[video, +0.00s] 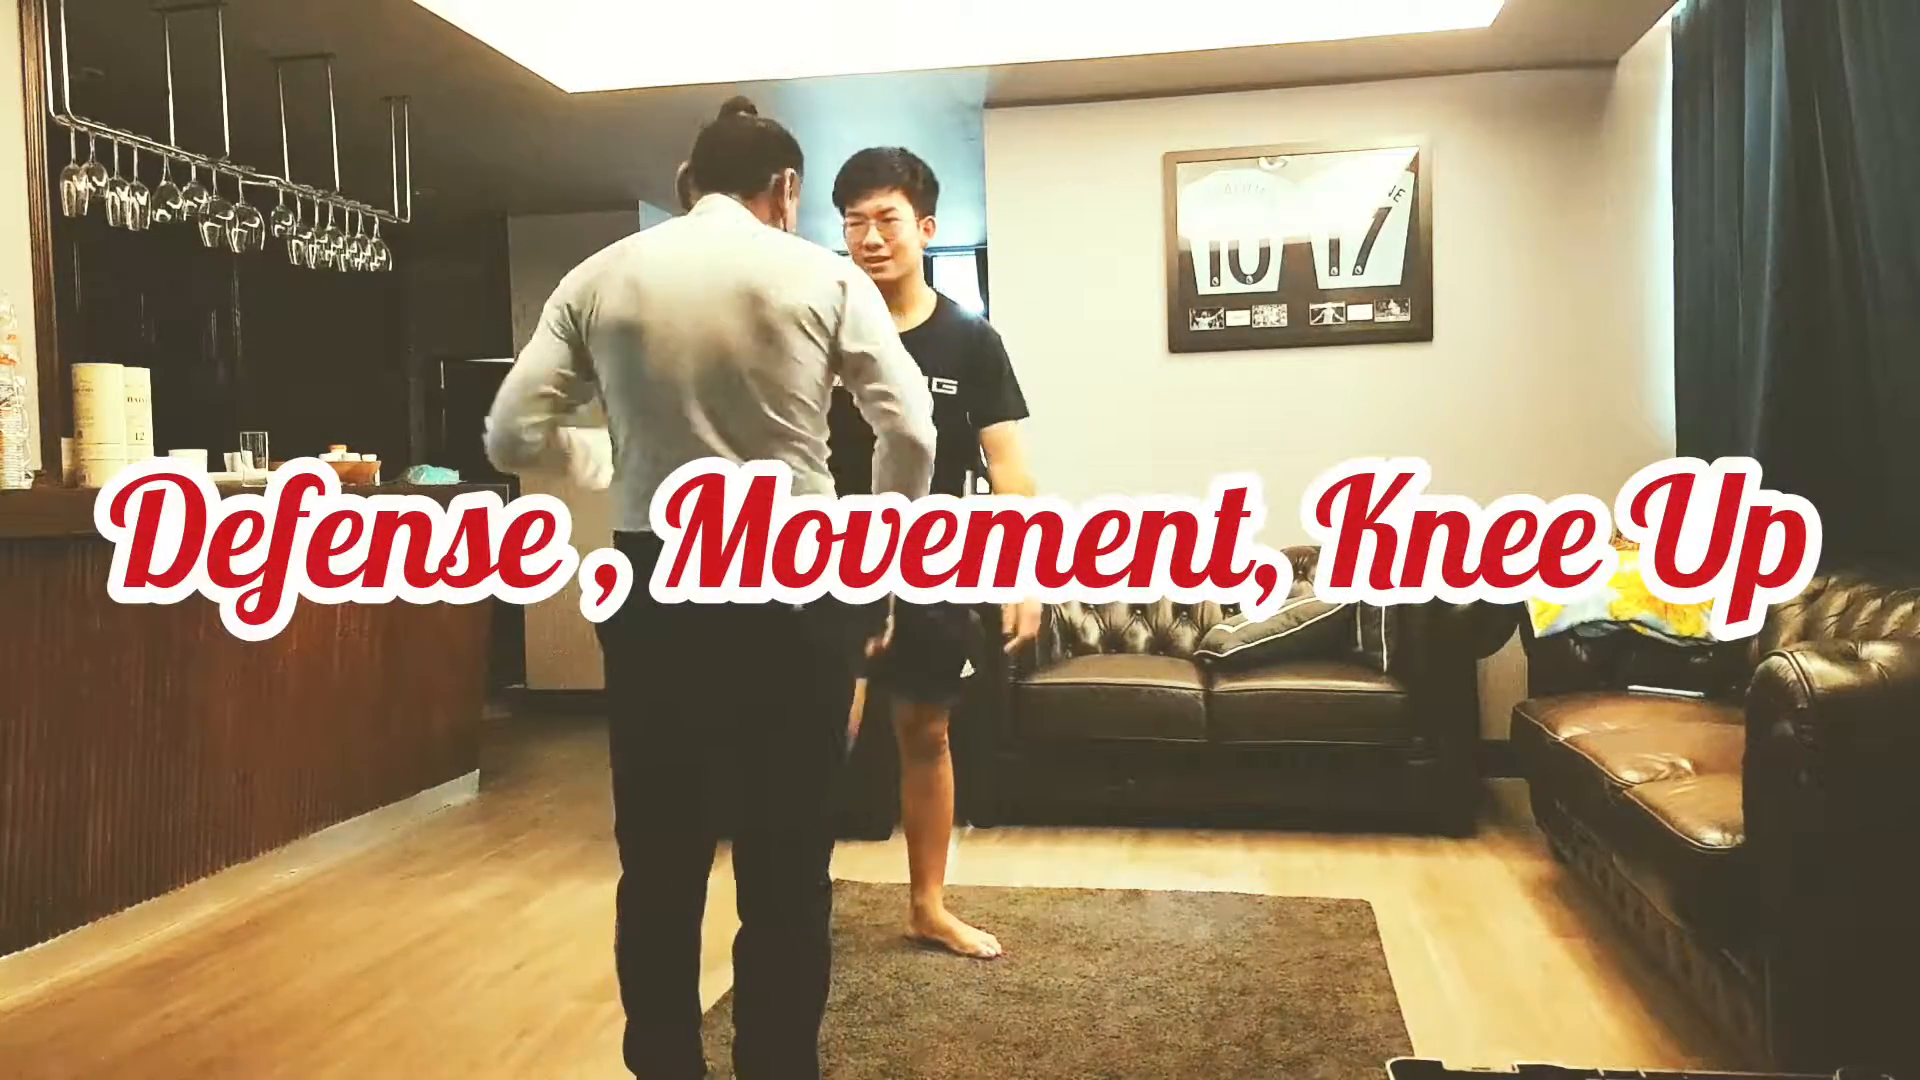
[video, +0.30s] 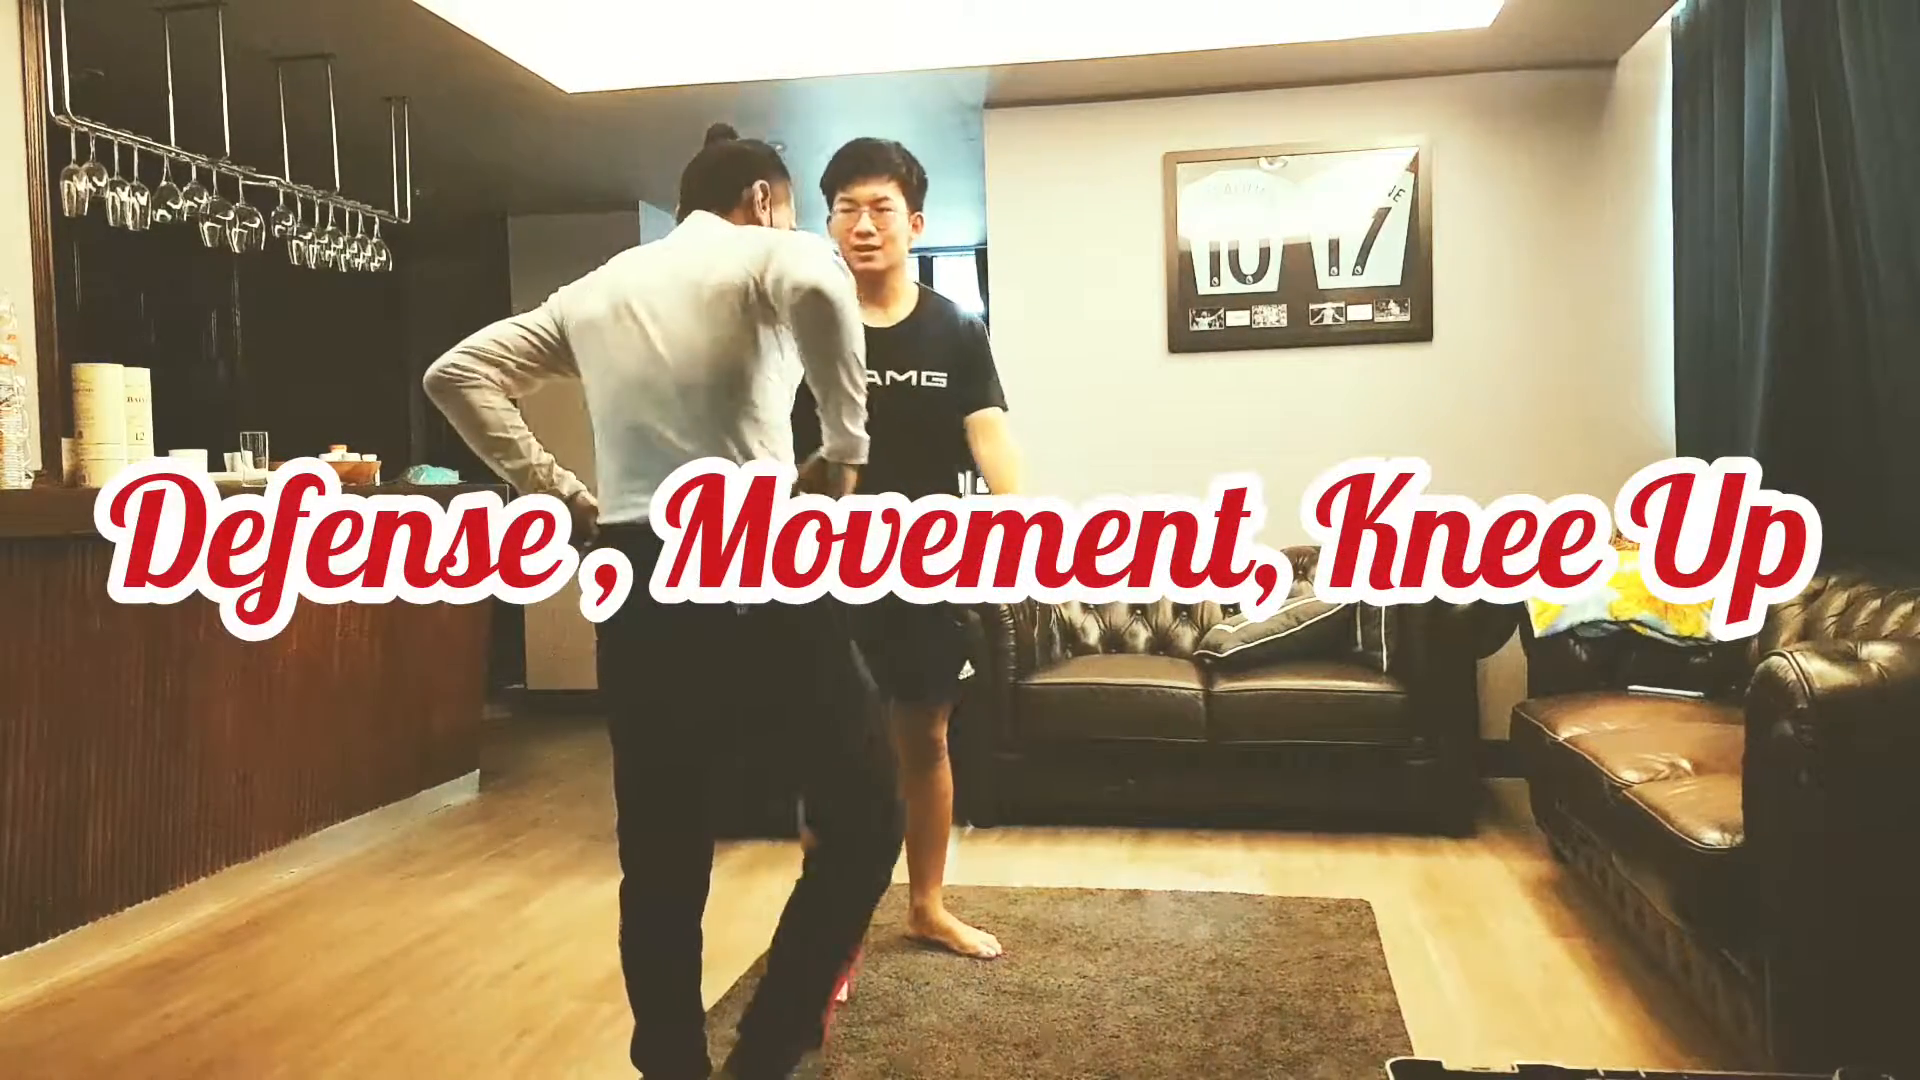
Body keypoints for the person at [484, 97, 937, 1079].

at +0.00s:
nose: (806, 213)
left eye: (802, 201)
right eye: (804, 199)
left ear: (684, 191)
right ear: (781, 190)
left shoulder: (598, 278)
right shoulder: (823, 276)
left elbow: (514, 432)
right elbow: (910, 425)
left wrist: (622, 456)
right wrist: (885, 570)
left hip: (653, 609)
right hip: (796, 609)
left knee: (657, 864)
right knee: (786, 873)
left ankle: (664, 1065)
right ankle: (778, 1064)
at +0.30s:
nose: (796, 222)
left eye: (791, 208)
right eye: (793, 209)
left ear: (687, 205)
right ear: (766, 201)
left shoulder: (602, 285)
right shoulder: (785, 248)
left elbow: (459, 372)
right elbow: (819, 293)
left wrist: (565, 492)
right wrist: (843, 453)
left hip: (634, 583)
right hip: (762, 586)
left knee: (660, 861)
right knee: (863, 824)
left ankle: (671, 1064)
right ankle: (761, 1060)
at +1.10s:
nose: (799, 158)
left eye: (798, 142)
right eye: (795, 142)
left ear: (680, 146)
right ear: (766, 143)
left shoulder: (593, 236)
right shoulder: (798, 214)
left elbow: (437, 311)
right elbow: (836, 258)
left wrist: (525, 475)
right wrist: (805, 453)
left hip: (615, 603)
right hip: (759, 609)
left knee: (597, 903)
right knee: (766, 917)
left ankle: (554, 1072)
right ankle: (740, 1071)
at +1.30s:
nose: (767, 166)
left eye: (766, 151)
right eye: (762, 150)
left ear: (647, 155)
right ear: (727, 151)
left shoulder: (548, 246)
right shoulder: (756, 219)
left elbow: (385, 307)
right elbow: (814, 237)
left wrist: (492, 463)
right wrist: (811, 427)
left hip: (590, 583)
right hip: (748, 576)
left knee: (575, 899)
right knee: (807, 873)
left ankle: (544, 1069)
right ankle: (771, 1068)